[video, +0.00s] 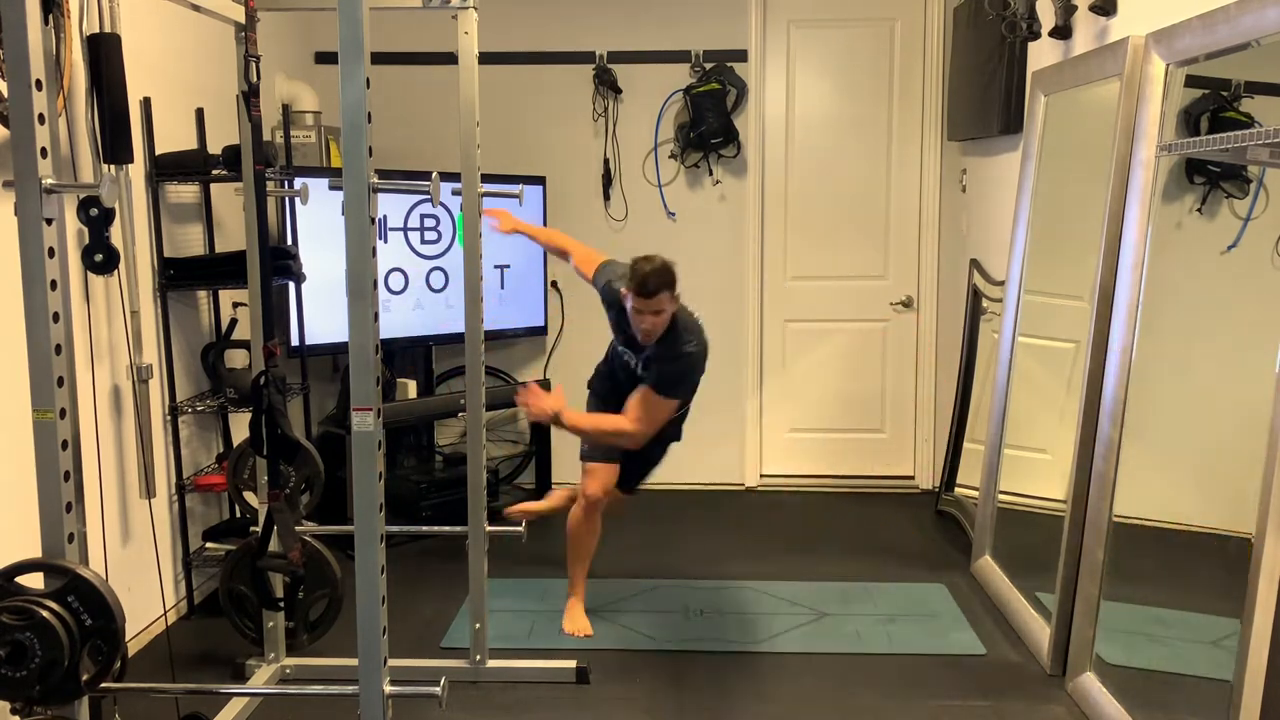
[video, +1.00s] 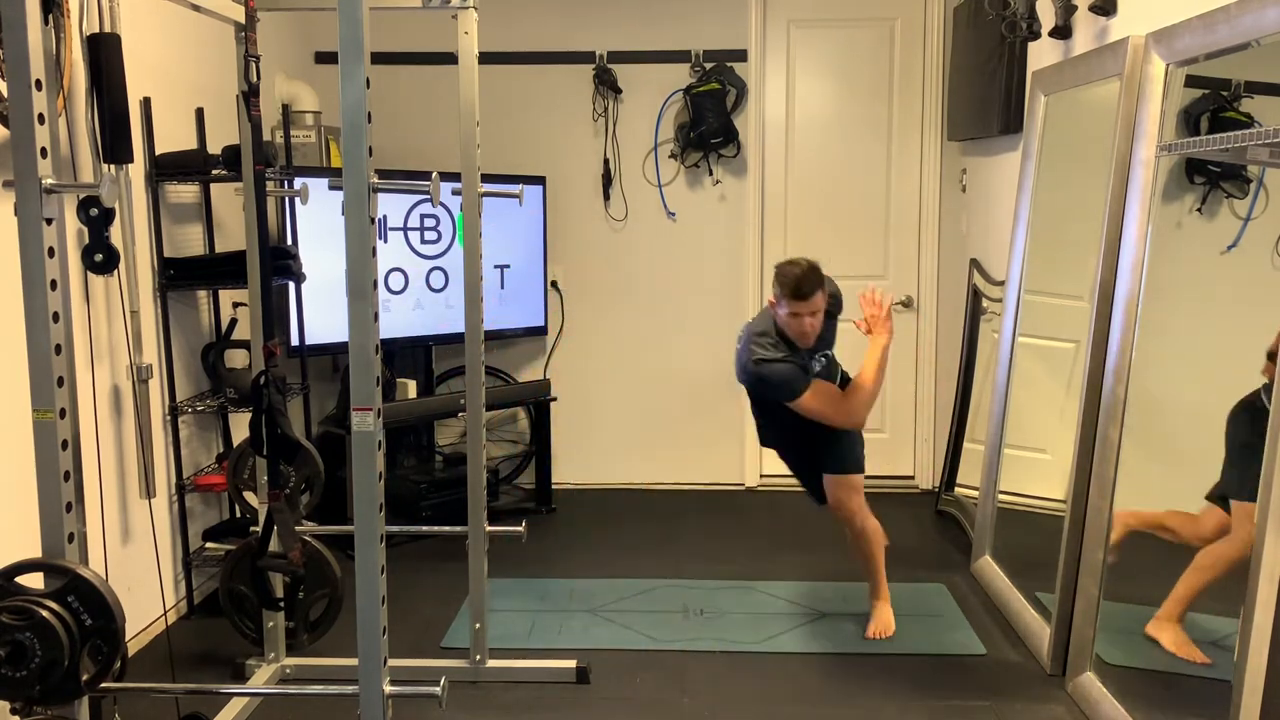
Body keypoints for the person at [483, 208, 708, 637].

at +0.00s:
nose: (646, 323)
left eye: (656, 314)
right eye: (638, 312)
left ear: (674, 303)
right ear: (626, 298)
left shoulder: (686, 348)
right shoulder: (615, 286)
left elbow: (635, 430)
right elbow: (571, 251)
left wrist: (560, 415)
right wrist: (518, 225)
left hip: (659, 415)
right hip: (613, 384)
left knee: (613, 493)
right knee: (592, 494)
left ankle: (569, 496)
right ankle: (575, 598)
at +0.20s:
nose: (626, 341)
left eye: (636, 332)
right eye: (618, 331)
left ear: (651, 321)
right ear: (605, 317)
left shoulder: (668, 363)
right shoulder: (599, 301)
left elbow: (595, 430)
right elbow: (552, 272)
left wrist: (547, 387)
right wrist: (493, 264)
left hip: (630, 428)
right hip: (590, 393)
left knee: (555, 481)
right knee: (576, 494)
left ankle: (484, 529)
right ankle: (572, 598)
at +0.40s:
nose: (640, 336)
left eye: (649, 326)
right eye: (631, 326)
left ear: (662, 315)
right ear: (614, 313)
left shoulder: (683, 347)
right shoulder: (591, 312)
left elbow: (714, 439)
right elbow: (517, 301)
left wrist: (681, 507)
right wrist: (461, 340)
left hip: (647, 417)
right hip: (593, 403)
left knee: (631, 515)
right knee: (577, 498)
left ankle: (575, 530)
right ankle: (572, 599)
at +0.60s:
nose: (675, 306)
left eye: (682, 295)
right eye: (664, 297)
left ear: (692, 282)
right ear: (646, 288)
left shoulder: (721, 298)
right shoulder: (620, 320)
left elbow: (797, 309)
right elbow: (557, 388)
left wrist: (821, 368)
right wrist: (570, 472)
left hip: (698, 396)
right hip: (633, 401)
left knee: (741, 487)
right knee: (599, 499)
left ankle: (786, 542)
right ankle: (574, 597)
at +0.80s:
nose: (751, 292)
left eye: (759, 281)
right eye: (740, 283)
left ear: (769, 267)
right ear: (719, 271)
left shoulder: (783, 263)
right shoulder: (702, 316)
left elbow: (818, 246)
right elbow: (731, 411)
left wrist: (818, 290)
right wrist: (817, 416)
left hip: (785, 379)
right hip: (726, 389)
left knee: (825, 487)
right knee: (700, 495)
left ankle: (875, 591)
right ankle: (697, 530)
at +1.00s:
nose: (807, 325)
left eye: (815, 313)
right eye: (795, 316)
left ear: (824, 301)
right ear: (774, 305)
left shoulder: (829, 297)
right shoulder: (764, 363)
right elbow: (851, 414)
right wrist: (881, 339)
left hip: (834, 409)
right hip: (789, 432)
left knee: (848, 507)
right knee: (836, 500)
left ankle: (880, 597)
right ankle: (873, 532)